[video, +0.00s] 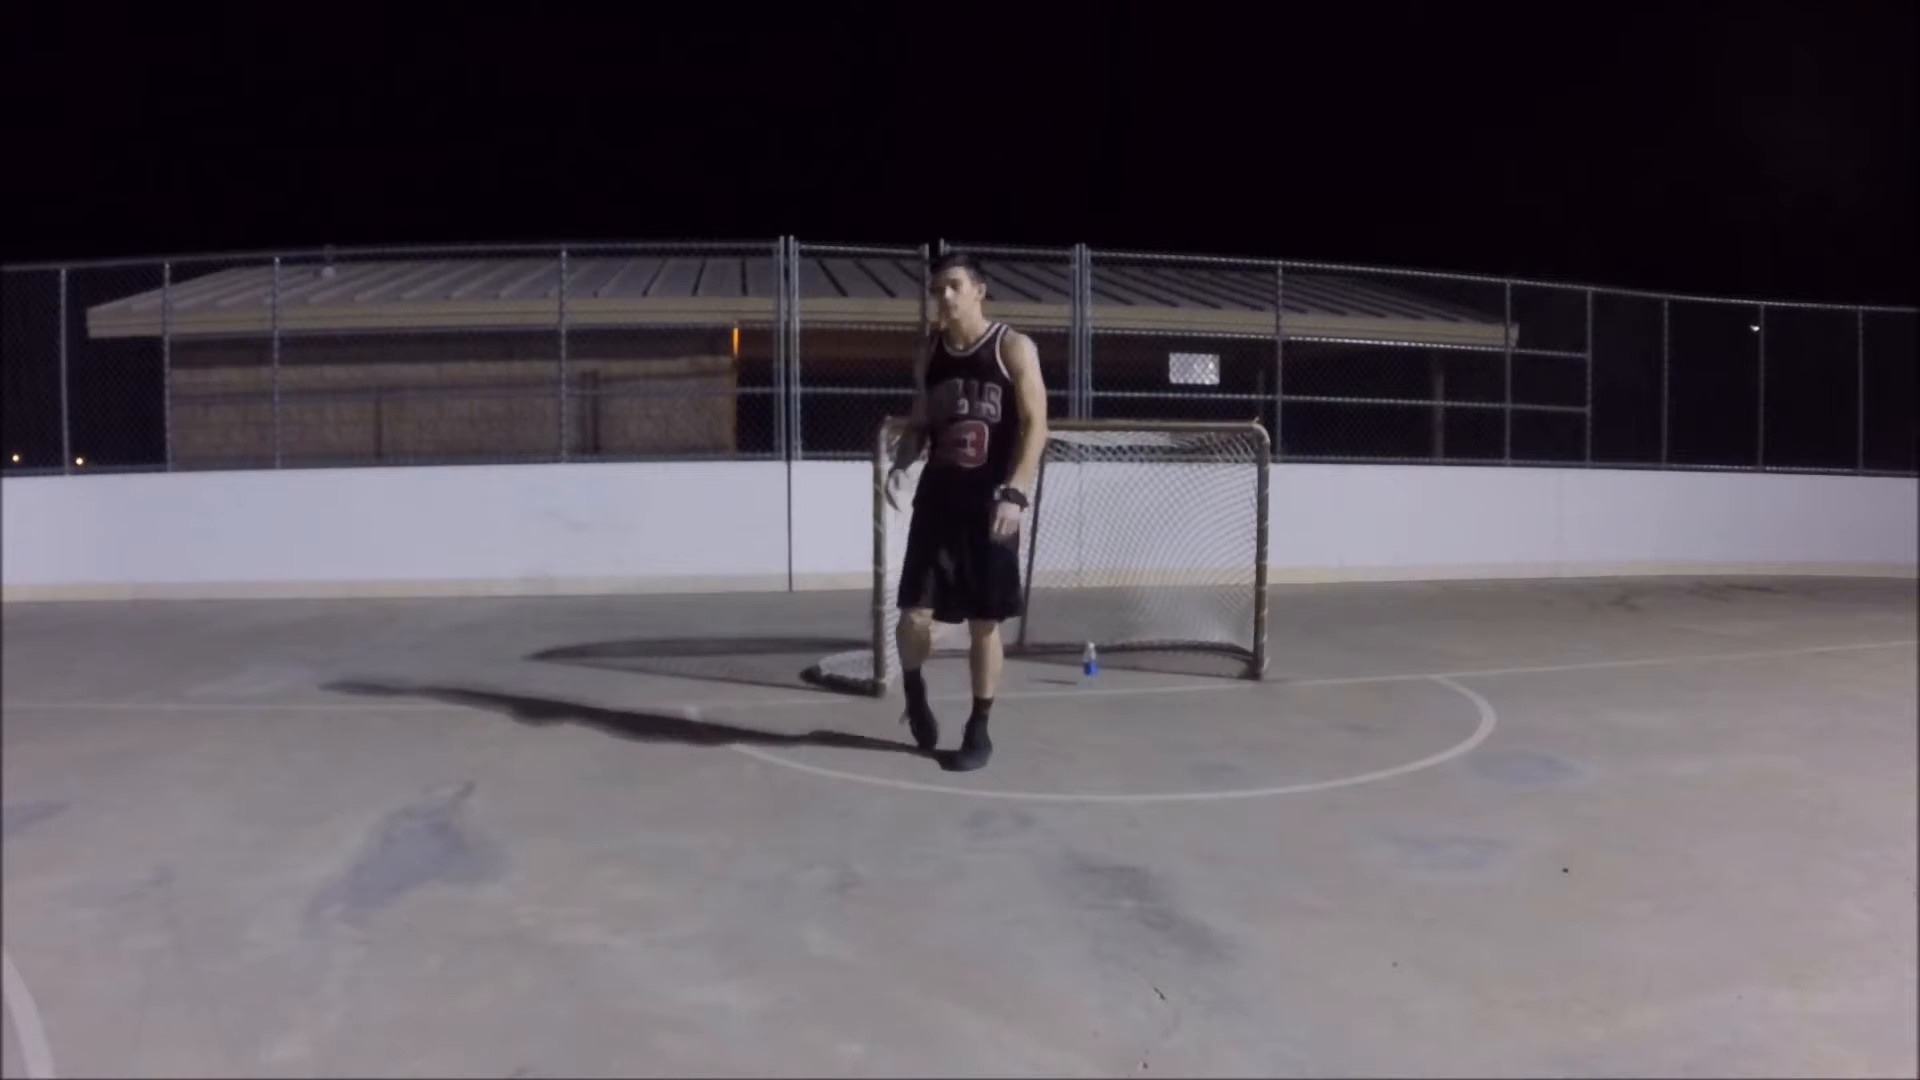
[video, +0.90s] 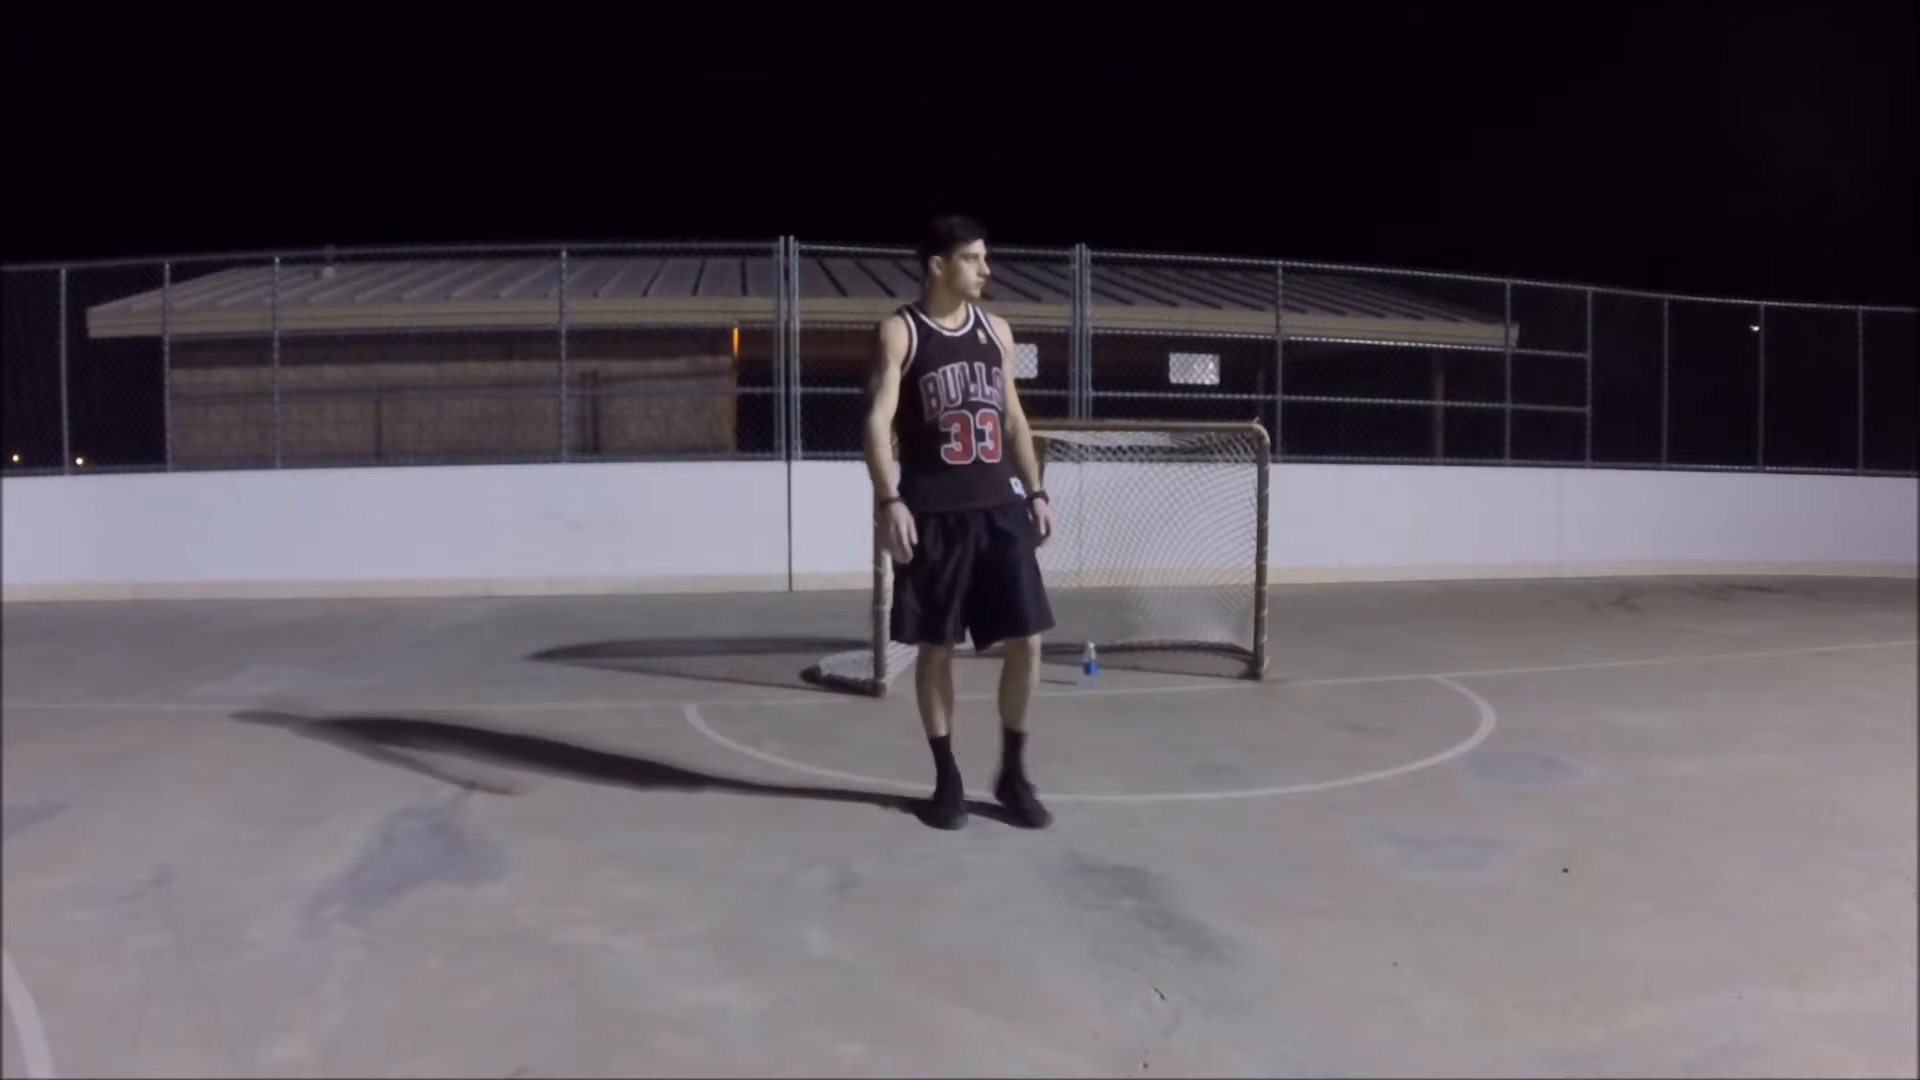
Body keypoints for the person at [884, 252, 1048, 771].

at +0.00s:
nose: (943, 296)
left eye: (953, 286)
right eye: (937, 289)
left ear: (979, 291)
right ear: (931, 298)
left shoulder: (1013, 347)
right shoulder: (930, 351)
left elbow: (1036, 424)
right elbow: (923, 423)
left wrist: (1016, 492)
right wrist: (900, 451)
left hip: (991, 499)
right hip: (938, 496)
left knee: (984, 621)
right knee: (914, 618)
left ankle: (977, 730)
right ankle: (914, 688)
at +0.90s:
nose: (984, 268)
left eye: (985, 258)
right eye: (972, 259)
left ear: (978, 266)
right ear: (938, 265)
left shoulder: (995, 329)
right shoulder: (901, 330)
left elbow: (1014, 419)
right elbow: (878, 421)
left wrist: (1036, 490)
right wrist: (889, 499)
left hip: (1002, 511)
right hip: (934, 515)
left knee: (1024, 641)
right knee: (936, 646)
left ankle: (1012, 776)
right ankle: (947, 780)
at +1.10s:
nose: (986, 261)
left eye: (987, 250)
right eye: (975, 251)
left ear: (977, 260)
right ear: (938, 258)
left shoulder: (993, 324)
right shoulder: (899, 324)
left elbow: (1011, 411)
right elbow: (878, 414)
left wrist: (1031, 480)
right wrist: (907, 464)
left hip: (1003, 504)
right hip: (936, 512)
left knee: (1056, 631)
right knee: (940, 651)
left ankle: (1115, 766)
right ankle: (948, 783)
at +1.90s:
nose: (1058, 245)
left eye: (1058, 235)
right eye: (1045, 236)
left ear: (1052, 246)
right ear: (1004, 245)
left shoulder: (1088, 318)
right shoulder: (963, 329)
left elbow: (1124, 411)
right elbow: (938, 426)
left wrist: (1143, 503)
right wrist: (924, 523)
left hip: (1078, 521)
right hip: (1000, 525)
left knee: (1071, 667)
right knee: (981, 657)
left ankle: (1064, 818)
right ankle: (956, 768)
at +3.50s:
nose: (957, 239)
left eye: (969, 227)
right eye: (949, 230)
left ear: (998, 237)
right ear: (941, 245)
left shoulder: (1039, 314)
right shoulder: (935, 321)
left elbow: (1062, 423)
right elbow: (915, 420)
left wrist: (1034, 520)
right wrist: (903, 505)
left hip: (1013, 518)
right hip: (943, 517)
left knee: (1032, 670)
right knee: (944, 667)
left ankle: (1053, 810)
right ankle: (949, 813)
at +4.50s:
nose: (986, 239)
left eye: (997, 226)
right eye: (975, 230)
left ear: (1023, 235)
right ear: (960, 244)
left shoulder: (1064, 318)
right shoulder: (942, 316)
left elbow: (1094, 421)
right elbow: (908, 406)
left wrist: (1095, 520)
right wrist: (888, 490)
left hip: (1026, 523)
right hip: (947, 516)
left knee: (1032, 664)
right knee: (913, 658)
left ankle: (1038, 803)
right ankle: (867, 786)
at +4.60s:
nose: (980, 251)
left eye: (992, 239)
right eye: (970, 242)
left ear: (1018, 246)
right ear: (958, 252)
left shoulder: (1058, 325)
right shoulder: (936, 322)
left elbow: (1097, 419)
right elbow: (872, 397)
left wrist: (1127, 505)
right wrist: (845, 478)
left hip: (1024, 531)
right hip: (943, 527)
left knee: (1035, 674)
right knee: (891, 664)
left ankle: (1040, 803)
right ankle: (828, 789)